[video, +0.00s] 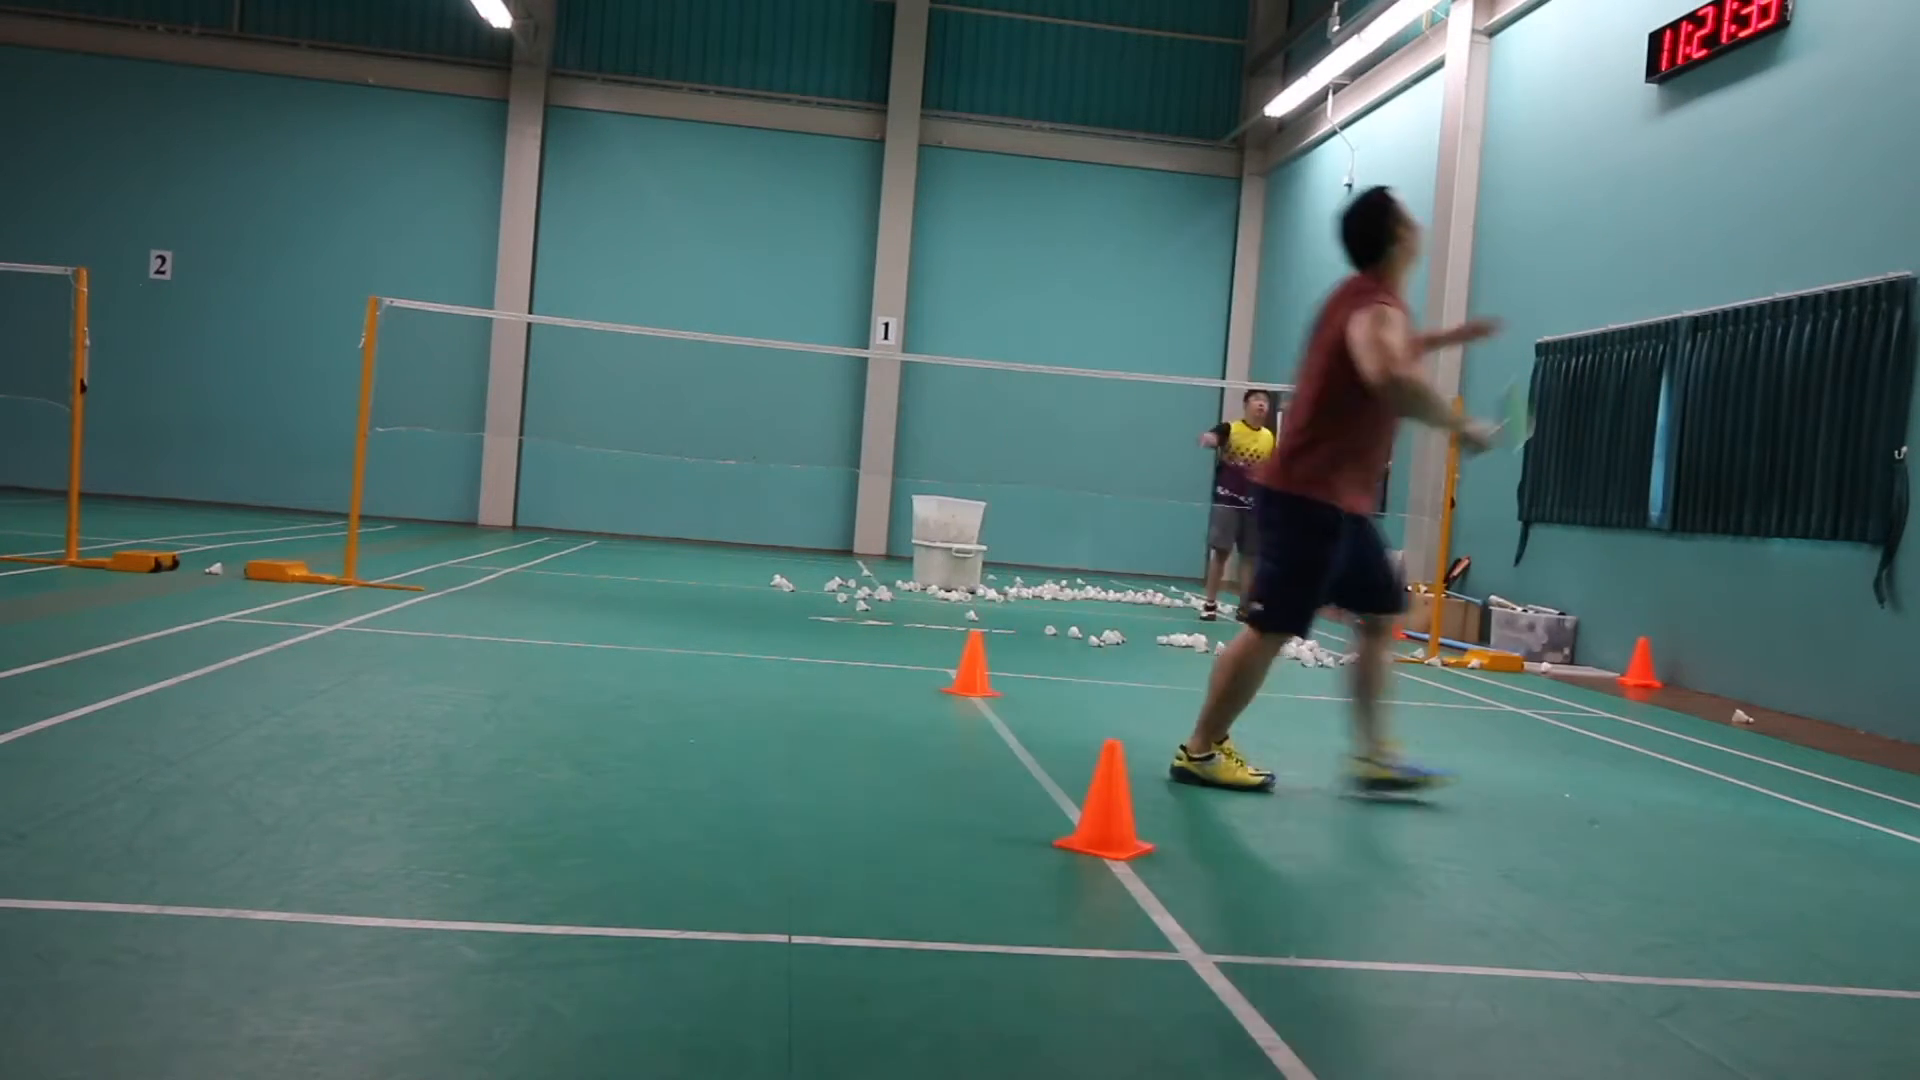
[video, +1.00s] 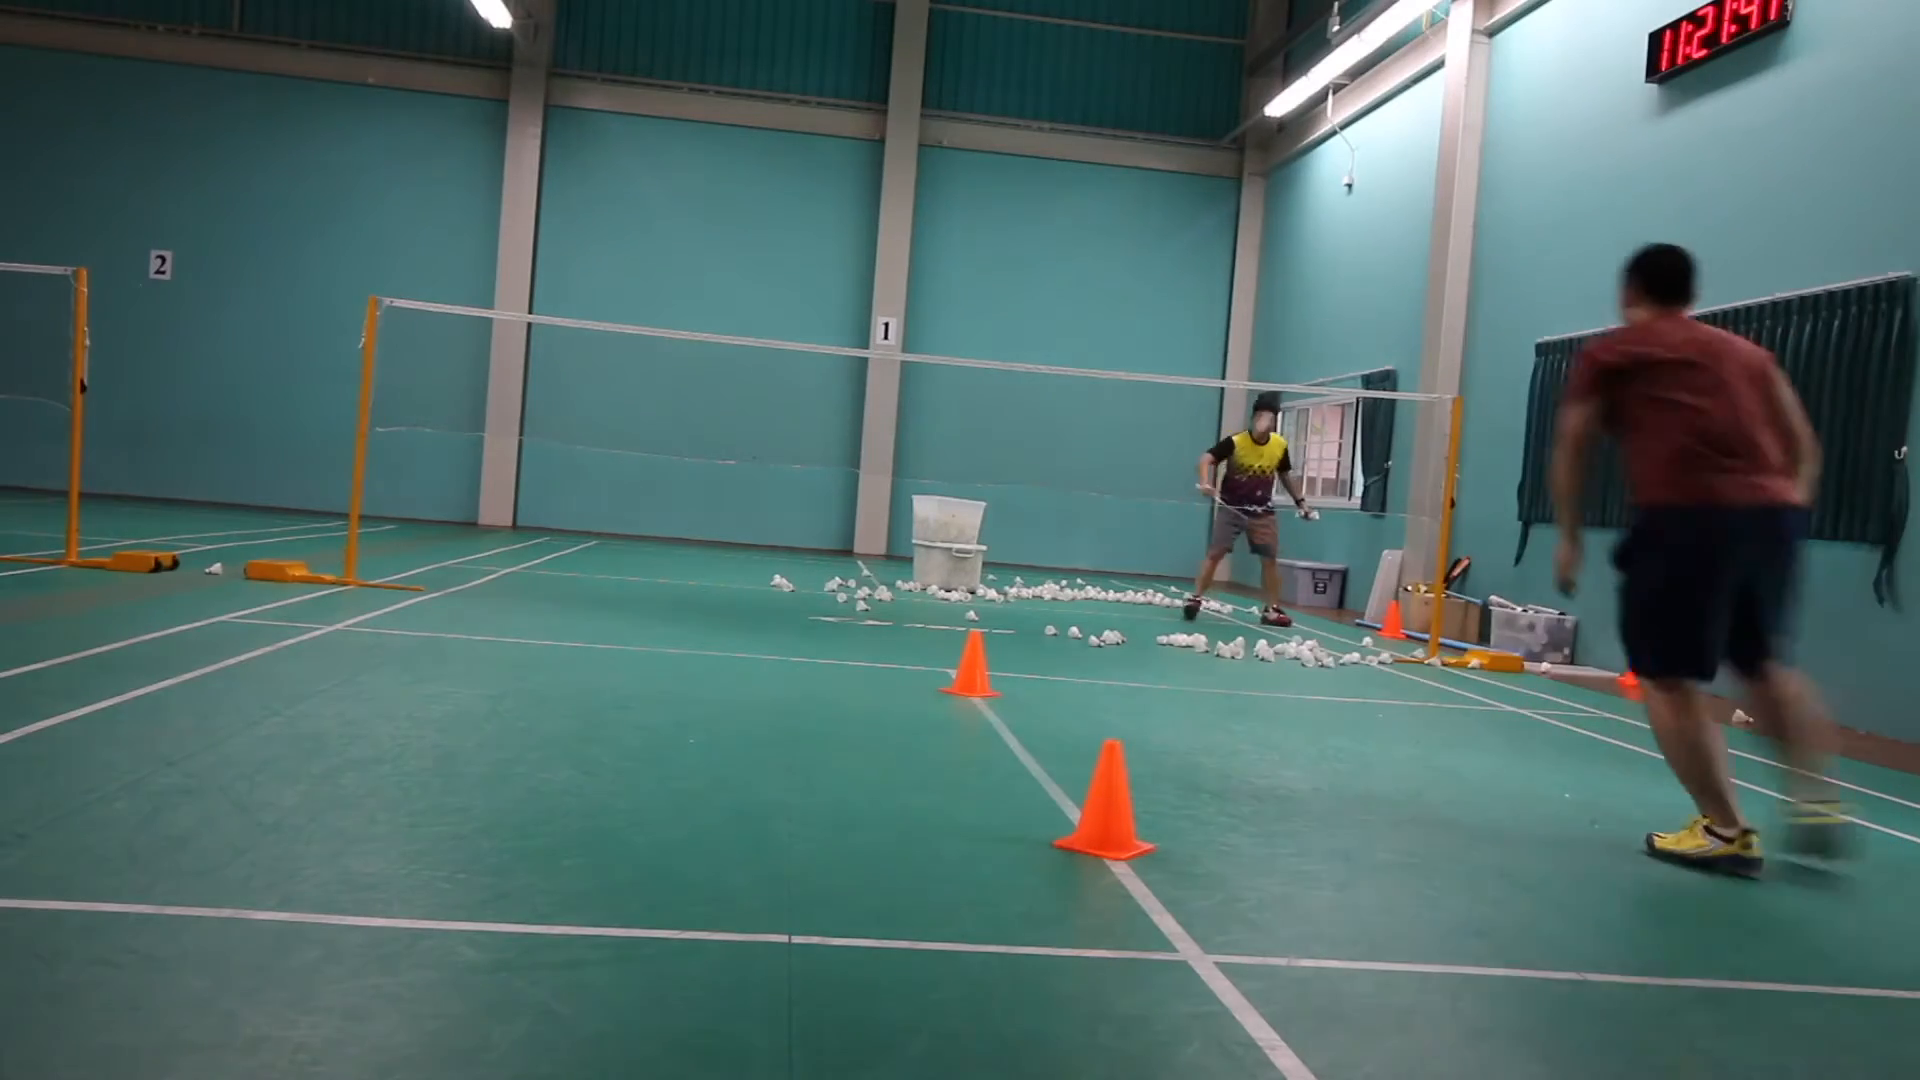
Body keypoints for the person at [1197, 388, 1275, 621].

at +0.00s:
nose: (1261, 405)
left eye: (1265, 402)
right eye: (1257, 401)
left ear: (1268, 409)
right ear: (1246, 405)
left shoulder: (1269, 437)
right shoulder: (1231, 428)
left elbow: (1274, 465)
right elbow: (1214, 435)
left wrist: (1263, 473)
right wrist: (1210, 439)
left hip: (1255, 503)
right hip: (1228, 500)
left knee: (1250, 558)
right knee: (1220, 554)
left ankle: (1245, 605)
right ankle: (1210, 602)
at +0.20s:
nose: (1243, 404)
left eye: (1246, 400)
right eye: (1238, 399)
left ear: (1250, 406)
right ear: (1227, 404)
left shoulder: (1259, 434)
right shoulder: (1212, 437)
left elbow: (1264, 466)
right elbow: (1196, 468)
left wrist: (1276, 491)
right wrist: (1190, 500)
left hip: (1251, 505)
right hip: (1221, 505)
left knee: (1256, 553)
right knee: (1216, 555)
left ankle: (1251, 605)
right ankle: (1210, 602)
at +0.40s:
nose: (1244, 407)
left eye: (1247, 403)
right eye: (1239, 403)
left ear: (1251, 407)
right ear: (1229, 407)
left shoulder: (1263, 435)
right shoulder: (1215, 439)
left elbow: (1270, 467)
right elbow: (1200, 473)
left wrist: (1284, 496)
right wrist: (1193, 503)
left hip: (1254, 508)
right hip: (1223, 507)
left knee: (1259, 557)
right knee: (1217, 555)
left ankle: (1268, 607)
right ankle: (1209, 603)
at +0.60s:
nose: (1264, 407)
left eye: (1267, 403)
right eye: (1259, 403)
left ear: (1271, 408)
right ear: (1248, 407)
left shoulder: (1280, 439)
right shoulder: (1232, 438)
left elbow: (1286, 471)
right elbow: (1218, 470)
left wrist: (1299, 501)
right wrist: (1214, 500)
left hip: (1266, 508)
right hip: (1236, 506)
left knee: (1270, 558)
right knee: (1226, 554)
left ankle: (1271, 609)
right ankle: (1210, 602)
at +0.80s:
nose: (1275, 409)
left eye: (1279, 405)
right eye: (1270, 405)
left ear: (1283, 410)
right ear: (1260, 409)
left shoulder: (1288, 441)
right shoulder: (1244, 439)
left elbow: (1290, 474)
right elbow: (1226, 471)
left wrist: (1304, 501)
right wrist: (1230, 501)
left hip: (1273, 511)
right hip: (1244, 509)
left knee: (1273, 558)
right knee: (1228, 556)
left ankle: (1272, 608)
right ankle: (1211, 602)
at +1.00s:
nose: (1264, 420)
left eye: (1269, 416)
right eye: (1261, 415)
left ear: (1274, 420)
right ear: (1253, 417)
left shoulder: (1279, 446)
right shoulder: (1236, 442)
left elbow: (1286, 476)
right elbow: (1206, 459)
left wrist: (1300, 503)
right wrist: (1205, 483)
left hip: (1263, 513)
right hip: (1231, 509)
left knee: (1270, 559)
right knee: (1216, 554)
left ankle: (1272, 608)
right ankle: (1196, 598)